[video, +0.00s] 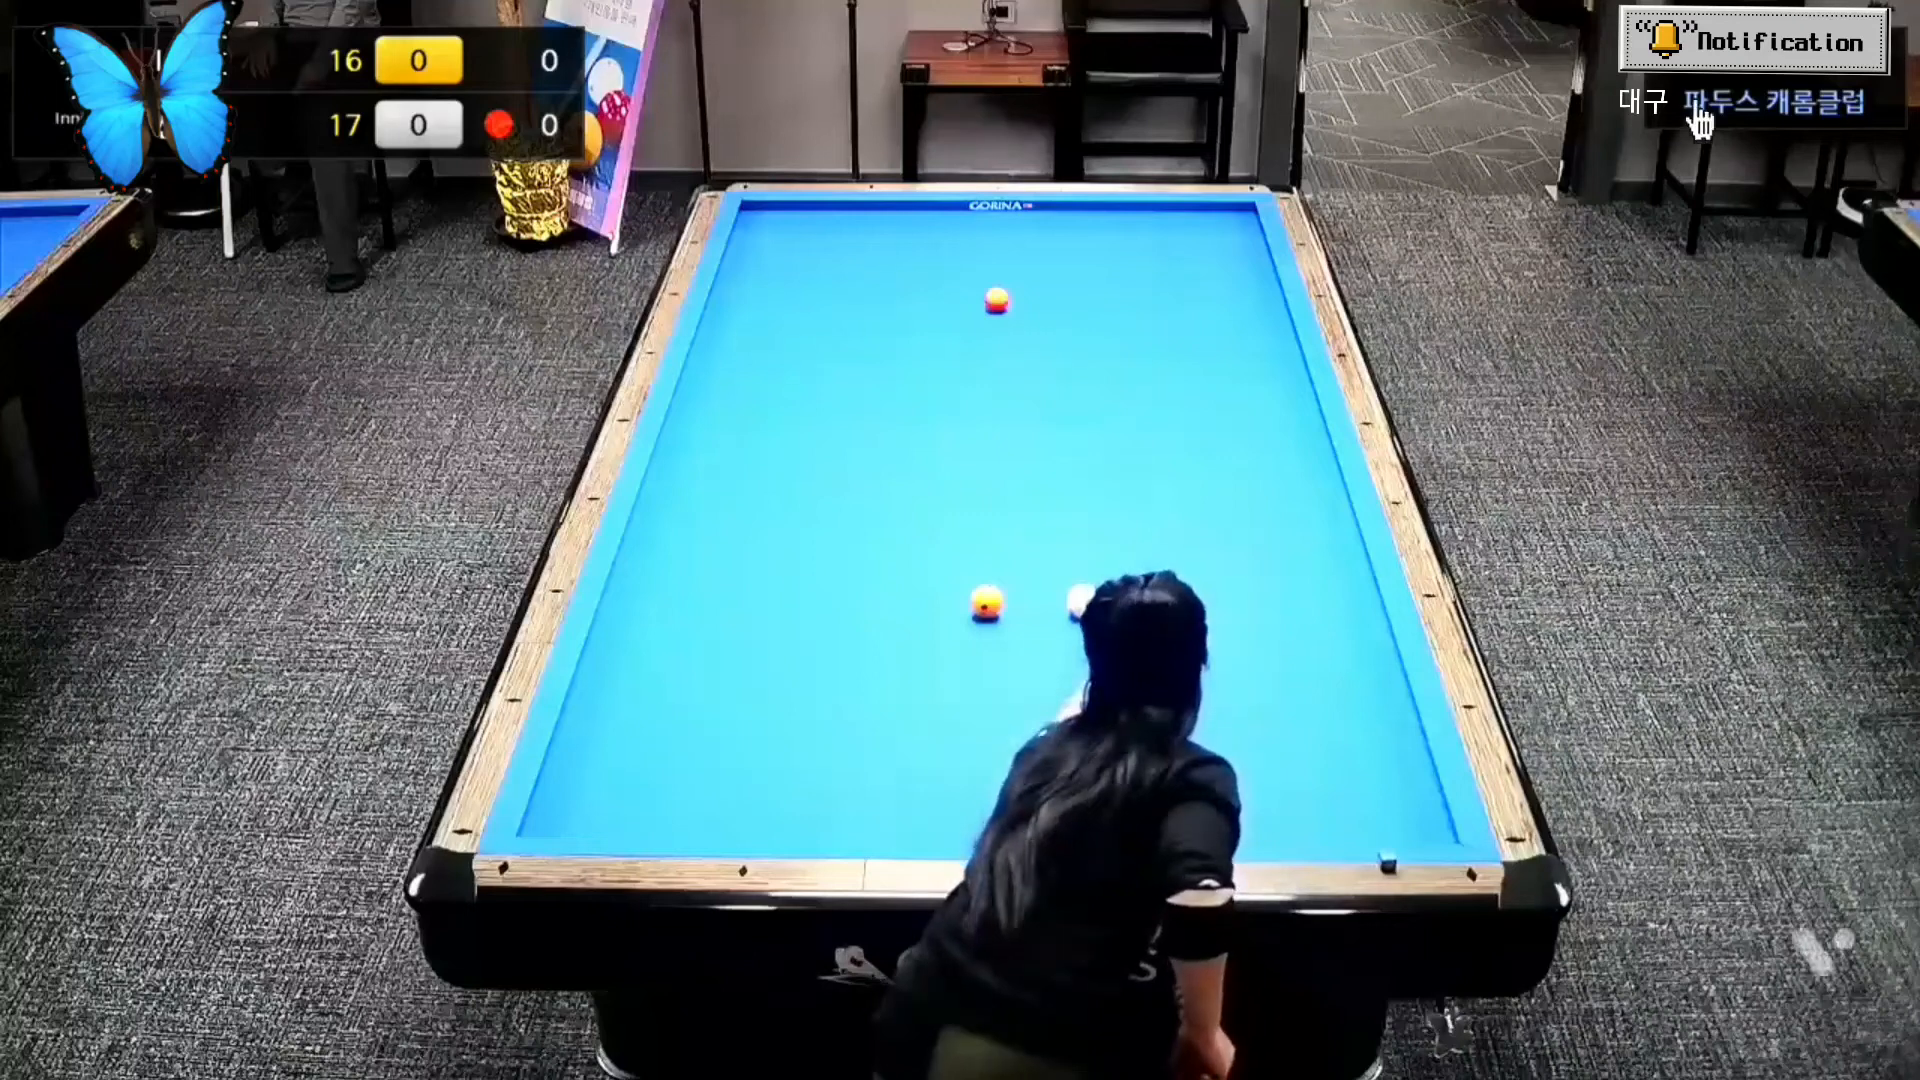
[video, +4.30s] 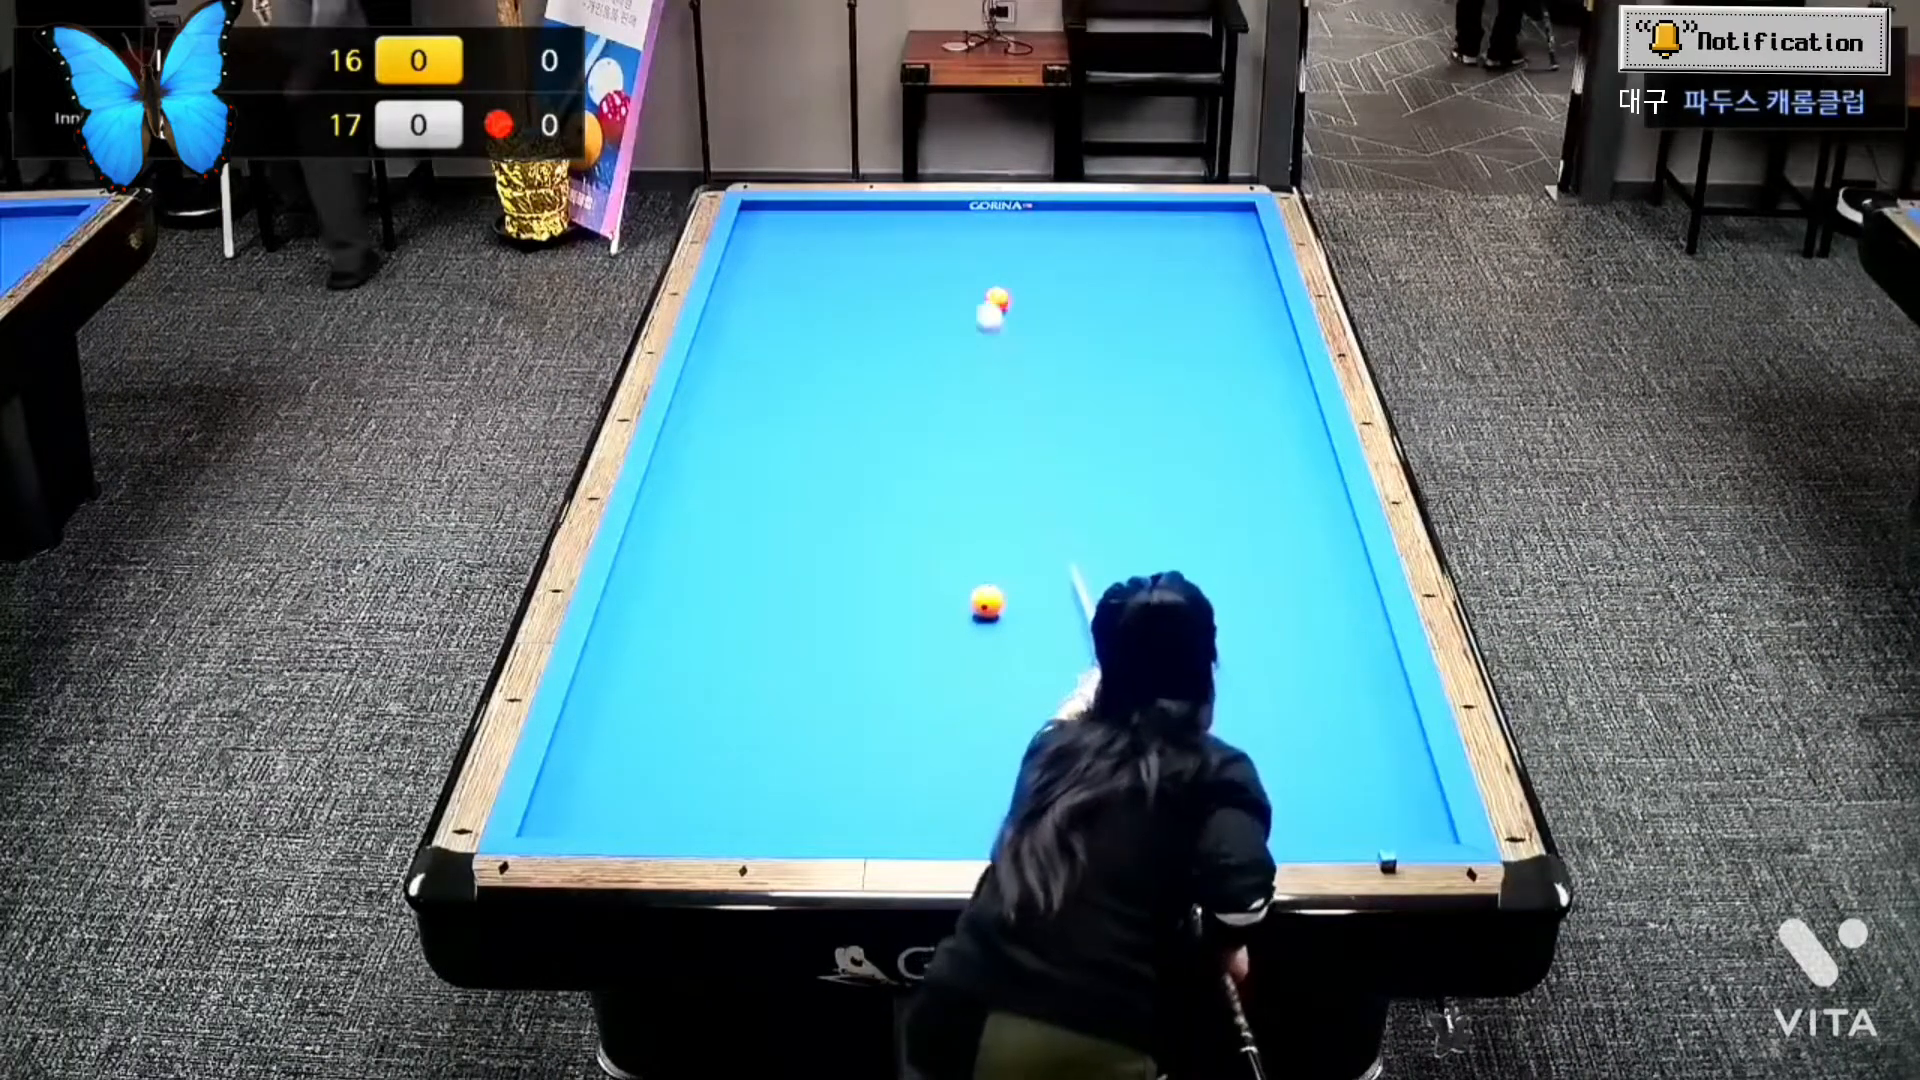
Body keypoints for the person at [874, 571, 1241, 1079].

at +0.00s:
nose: (1206, 666)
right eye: (1202, 656)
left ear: (1100, 664)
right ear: (1194, 666)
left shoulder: (1046, 748)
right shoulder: (1195, 773)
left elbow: (1078, 705)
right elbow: (1198, 903)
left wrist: (1101, 625)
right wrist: (1204, 1029)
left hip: (957, 1035)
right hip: (1077, 1051)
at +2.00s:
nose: (1207, 680)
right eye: (1202, 670)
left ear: (1099, 685)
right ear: (1193, 683)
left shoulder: (1052, 756)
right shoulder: (1203, 780)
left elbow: (1071, 717)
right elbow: (1206, 889)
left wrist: (1091, 683)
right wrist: (1222, 1036)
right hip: (1080, 1044)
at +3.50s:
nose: (1214, 677)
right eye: (1209, 667)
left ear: (1102, 682)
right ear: (1200, 679)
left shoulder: (1055, 755)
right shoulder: (1212, 776)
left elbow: (1079, 705)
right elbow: (1221, 894)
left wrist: (1097, 673)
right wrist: (1234, 1052)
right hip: (1091, 1038)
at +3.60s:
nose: (1216, 672)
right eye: (1210, 662)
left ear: (1105, 679)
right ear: (1201, 676)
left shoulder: (1056, 755)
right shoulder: (1214, 775)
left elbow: (1078, 707)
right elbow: (1224, 896)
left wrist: (1101, 671)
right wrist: (1236, 1050)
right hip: (1101, 1040)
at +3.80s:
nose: (1219, 665)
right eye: (1212, 653)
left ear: (1107, 671)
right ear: (1202, 669)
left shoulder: (1059, 747)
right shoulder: (1218, 769)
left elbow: (1083, 698)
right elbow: (1233, 884)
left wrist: (1105, 660)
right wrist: (1239, 1041)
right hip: (1114, 1038)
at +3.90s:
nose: (1221, 665)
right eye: (1214, 654)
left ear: (1108, 669)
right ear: (1204, 668)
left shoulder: (1058, 748)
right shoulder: (1219, 770)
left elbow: (1085, 697)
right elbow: (1239, 887)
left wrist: (1106, 661)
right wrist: (1235, 976)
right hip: (1112, 1034)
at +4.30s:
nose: (1216, 661)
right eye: (1210, 649)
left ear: (1108, 661)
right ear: (1200, 662)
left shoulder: (1054, 744)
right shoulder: (1219, 769)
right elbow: (1238, 882)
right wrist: (1228, 943)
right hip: (1106, 1034)